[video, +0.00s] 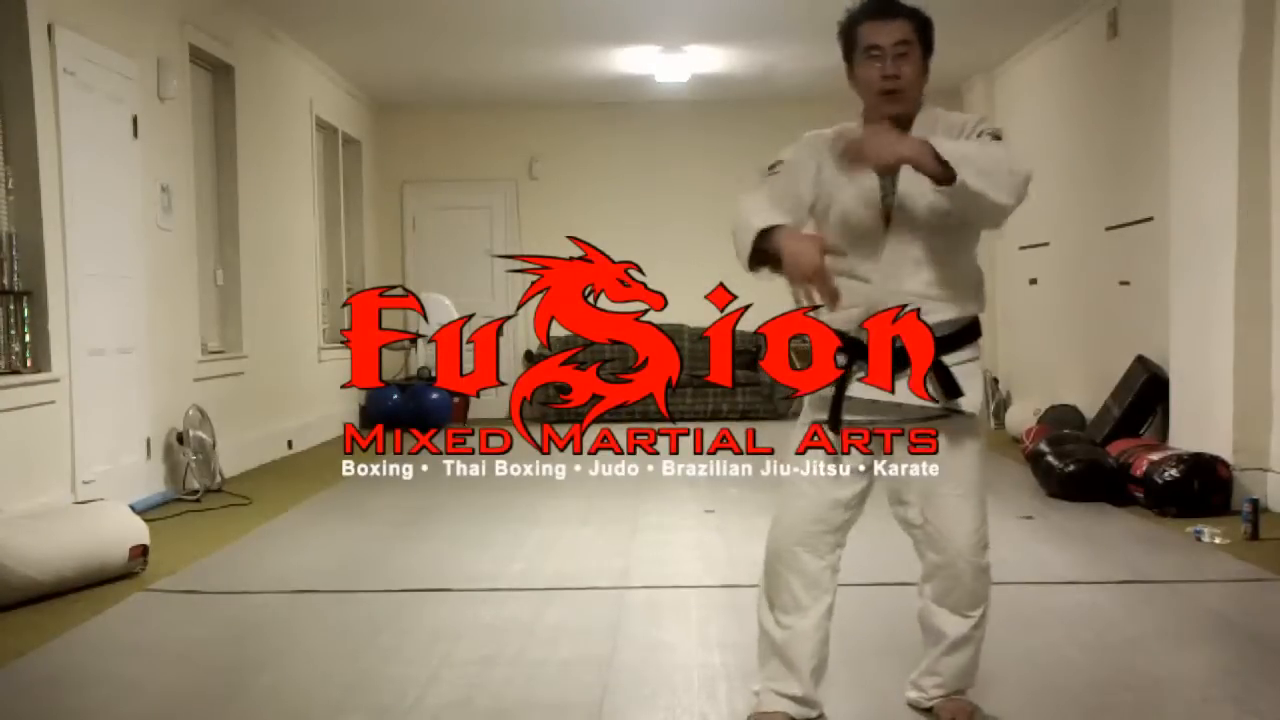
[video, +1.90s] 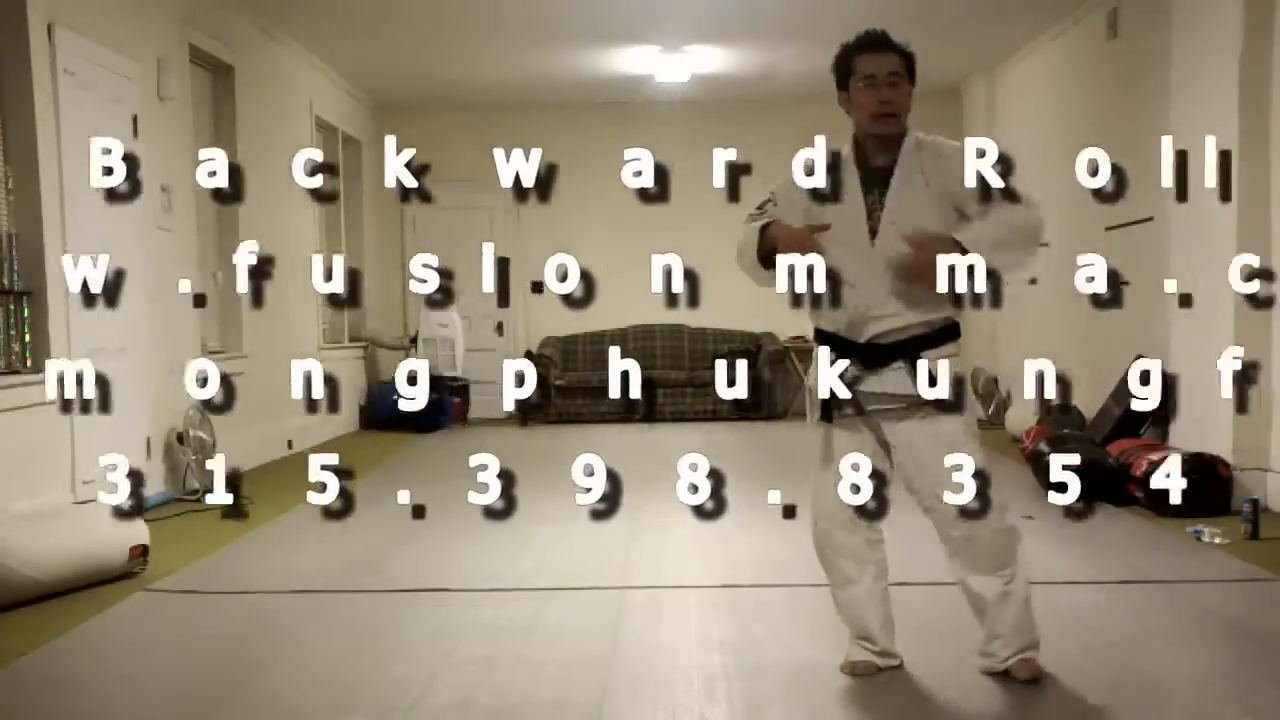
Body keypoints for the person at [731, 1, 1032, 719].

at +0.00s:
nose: (890, 67)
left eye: (903, 52)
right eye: (873, 55)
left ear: (926, 63)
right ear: (850, 70)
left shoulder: (963, 135)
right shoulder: (818, 149)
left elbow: (1007, 190)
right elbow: (751, 208)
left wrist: (915, 153)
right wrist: (781, 240)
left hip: (941, 369)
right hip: (836, 370)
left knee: (959, 549)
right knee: (796, 542)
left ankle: (944, 694)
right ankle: (785, 701)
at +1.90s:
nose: (884, 95)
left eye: (896, 82)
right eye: (867, 83)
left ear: (913, 92)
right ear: (844, 98)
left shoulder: (950, 162)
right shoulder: (815, 173)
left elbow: (1024, 221)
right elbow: (750, 243)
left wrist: (957, 249)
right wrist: (771, 239)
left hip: (925, 360)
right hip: (842, 367)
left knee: (970, 512)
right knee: (841, 519)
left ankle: (1011, 645)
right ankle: (871, 644)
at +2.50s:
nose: (941, 96)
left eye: (957, 82)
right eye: (931, 82)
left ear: (987, 88)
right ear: (918, 88)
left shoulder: (1035, 162)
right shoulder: (880, 160)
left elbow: (1085, 233)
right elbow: (790, 191)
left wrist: (1053, 260)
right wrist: (810, 146)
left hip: (1000, 369)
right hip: (907, 371)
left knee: (1022, 523)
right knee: (880, 518)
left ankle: (1015, 654)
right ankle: (877, 642)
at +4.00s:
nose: (940, 85)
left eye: (957, 73)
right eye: (931, 73)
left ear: (988, 85)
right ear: (919, 86)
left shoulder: (1031, 167)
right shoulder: (887, 154)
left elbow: (1079, 243)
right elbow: (836, 121)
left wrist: (1032, 267)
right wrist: (858, 60)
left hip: (989, 362)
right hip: (896, 363)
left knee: (1011, 521)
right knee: (881, 516)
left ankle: (1014, 651)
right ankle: (879, 643)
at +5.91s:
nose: (967, 87)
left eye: (984, 73)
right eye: (960, 74)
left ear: (1020, 89)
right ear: (950, 84)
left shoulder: (1063, 171)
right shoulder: (915, 154)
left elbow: (1107, 249)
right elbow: (850, 118)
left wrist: (1064, 273)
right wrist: (818, 54)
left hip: (1016, 370)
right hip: (927, 367)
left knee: (1027, 527)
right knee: (892, 518)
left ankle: (1016, 653)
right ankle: (882, 642)